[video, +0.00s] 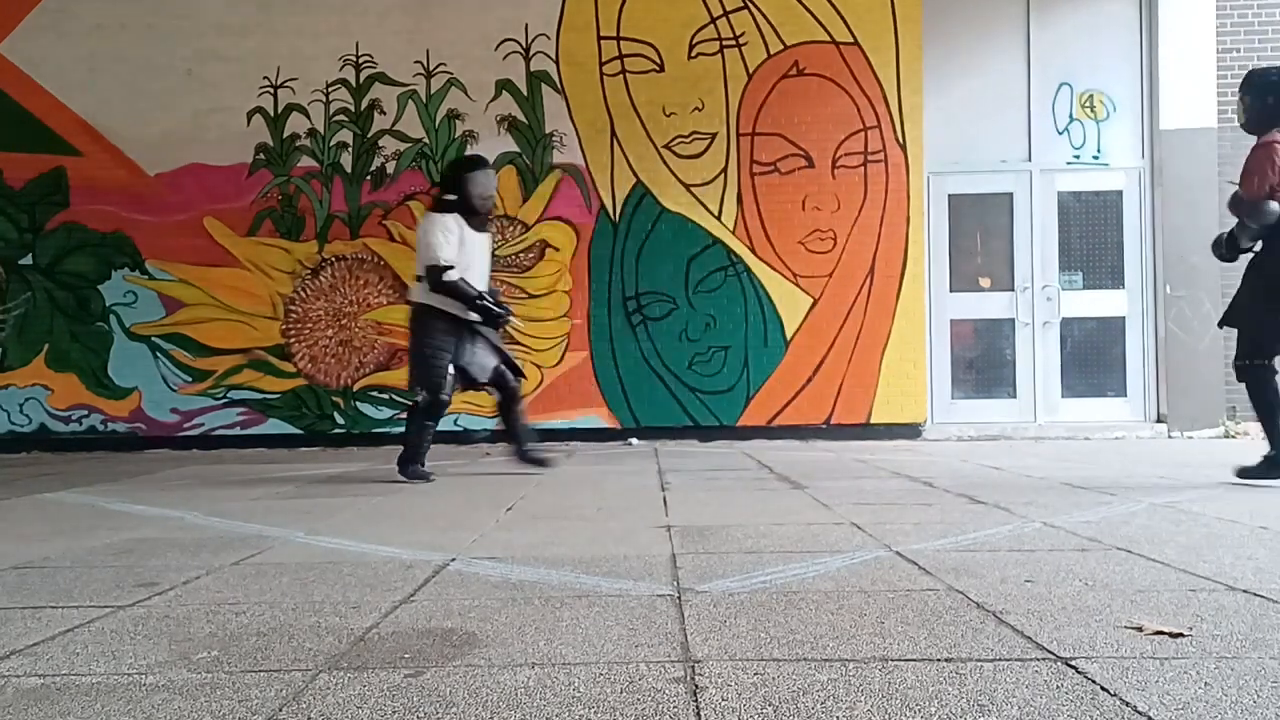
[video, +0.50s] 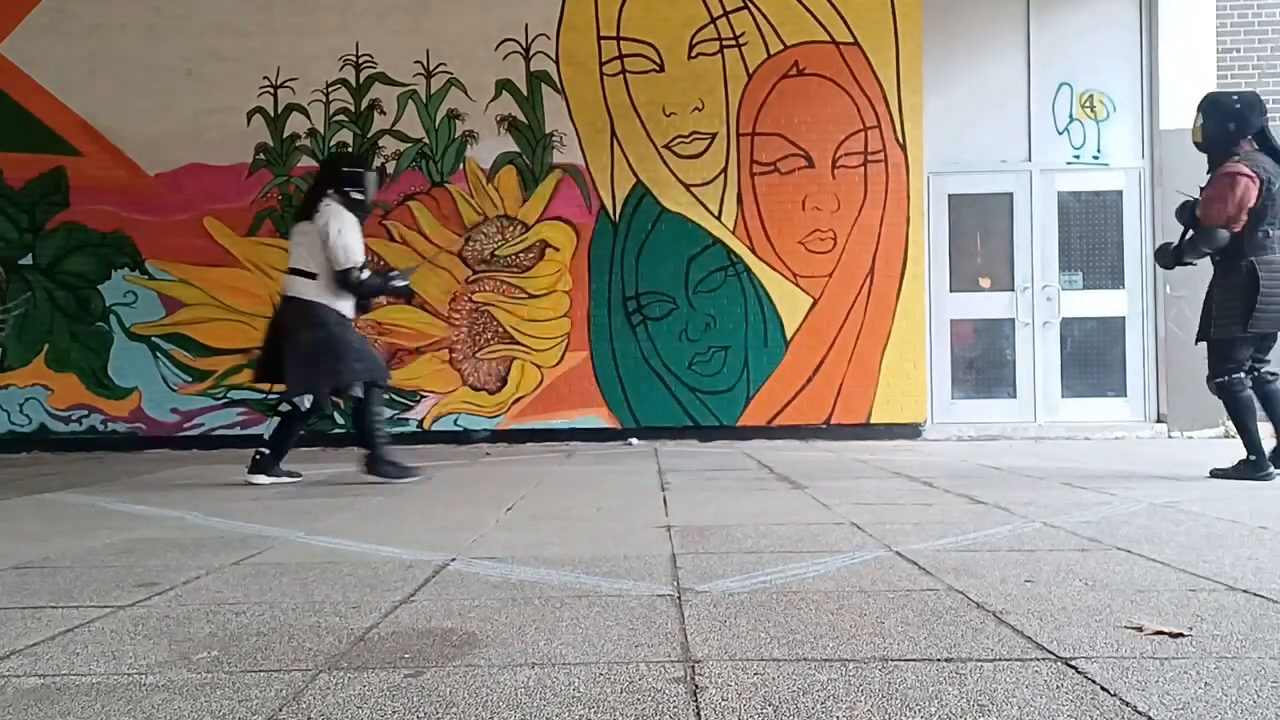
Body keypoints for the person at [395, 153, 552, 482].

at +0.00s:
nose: (490, 197)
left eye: (493, 189)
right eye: (482, 190)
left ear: (495, 188)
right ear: (459, 190)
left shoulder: (480, 228)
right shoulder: (439, 221)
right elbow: (439, 277)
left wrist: (493, 303)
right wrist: (481, 305)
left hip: (467, 324)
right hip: (435, 320)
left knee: (508, 381)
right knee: (436, 394)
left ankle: (523, 447)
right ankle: (411, 461)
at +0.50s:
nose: (368, 193)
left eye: (368, 184)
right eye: (364, 184)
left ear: (330, 185)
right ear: (347, 186)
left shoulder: (308, 220)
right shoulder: (340, 219)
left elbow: (321, 284)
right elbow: (353, 278)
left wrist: (367, 289)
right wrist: (390, 284)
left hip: (293, 318)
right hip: (320, 321)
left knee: (308, 395)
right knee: (372, 374)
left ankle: (266, 462)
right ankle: (378, 457)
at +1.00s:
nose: (287, 176)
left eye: (285, 168)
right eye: (282, 169)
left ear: (237, 171)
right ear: (269, 173)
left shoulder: (212, 208)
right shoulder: (275, 215)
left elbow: (183, 260)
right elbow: (288, 278)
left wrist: (219, 277)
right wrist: (286, 313)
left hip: (211, 311)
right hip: (248, 313)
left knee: (223, 385)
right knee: (263, 394)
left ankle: (193, 450)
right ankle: (214, 470)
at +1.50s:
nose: (291, 199)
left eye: (288, 190)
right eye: (285, 191)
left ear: (244, 196)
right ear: (271, 197)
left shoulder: (217, 233)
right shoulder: (277, 239)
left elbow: (186, 282)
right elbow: (285, 305)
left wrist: (218, 302)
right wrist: (293, 351)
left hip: (214, 335)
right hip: (257, 338)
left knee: (205, 406)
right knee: (320, 384)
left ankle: (164, 469)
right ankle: (365, 456)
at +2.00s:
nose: (416, 179)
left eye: (412, 170)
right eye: (409, 171)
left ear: (365, 178)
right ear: (395, 178)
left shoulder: (344, 220)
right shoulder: (402, 219)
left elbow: (333, 281)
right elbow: (418, 284)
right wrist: (434, 295)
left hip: (346, 318)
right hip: (388, 317)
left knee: (375, 391)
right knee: (458, 370)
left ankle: (361, 467)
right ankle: (417, 447)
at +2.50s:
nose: (495, 216)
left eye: (493, 208)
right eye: (489, 209)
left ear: (452, 215)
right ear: (473, 215)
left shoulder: (441, 247)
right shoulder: (470, 253)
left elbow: (443, 306)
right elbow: (475, 312)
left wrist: (493, 326)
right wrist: (516, 307)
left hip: (426, 344)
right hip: (458, 347)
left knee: (405, 413)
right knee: (536, 378)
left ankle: (342, 455)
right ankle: (545, 462)